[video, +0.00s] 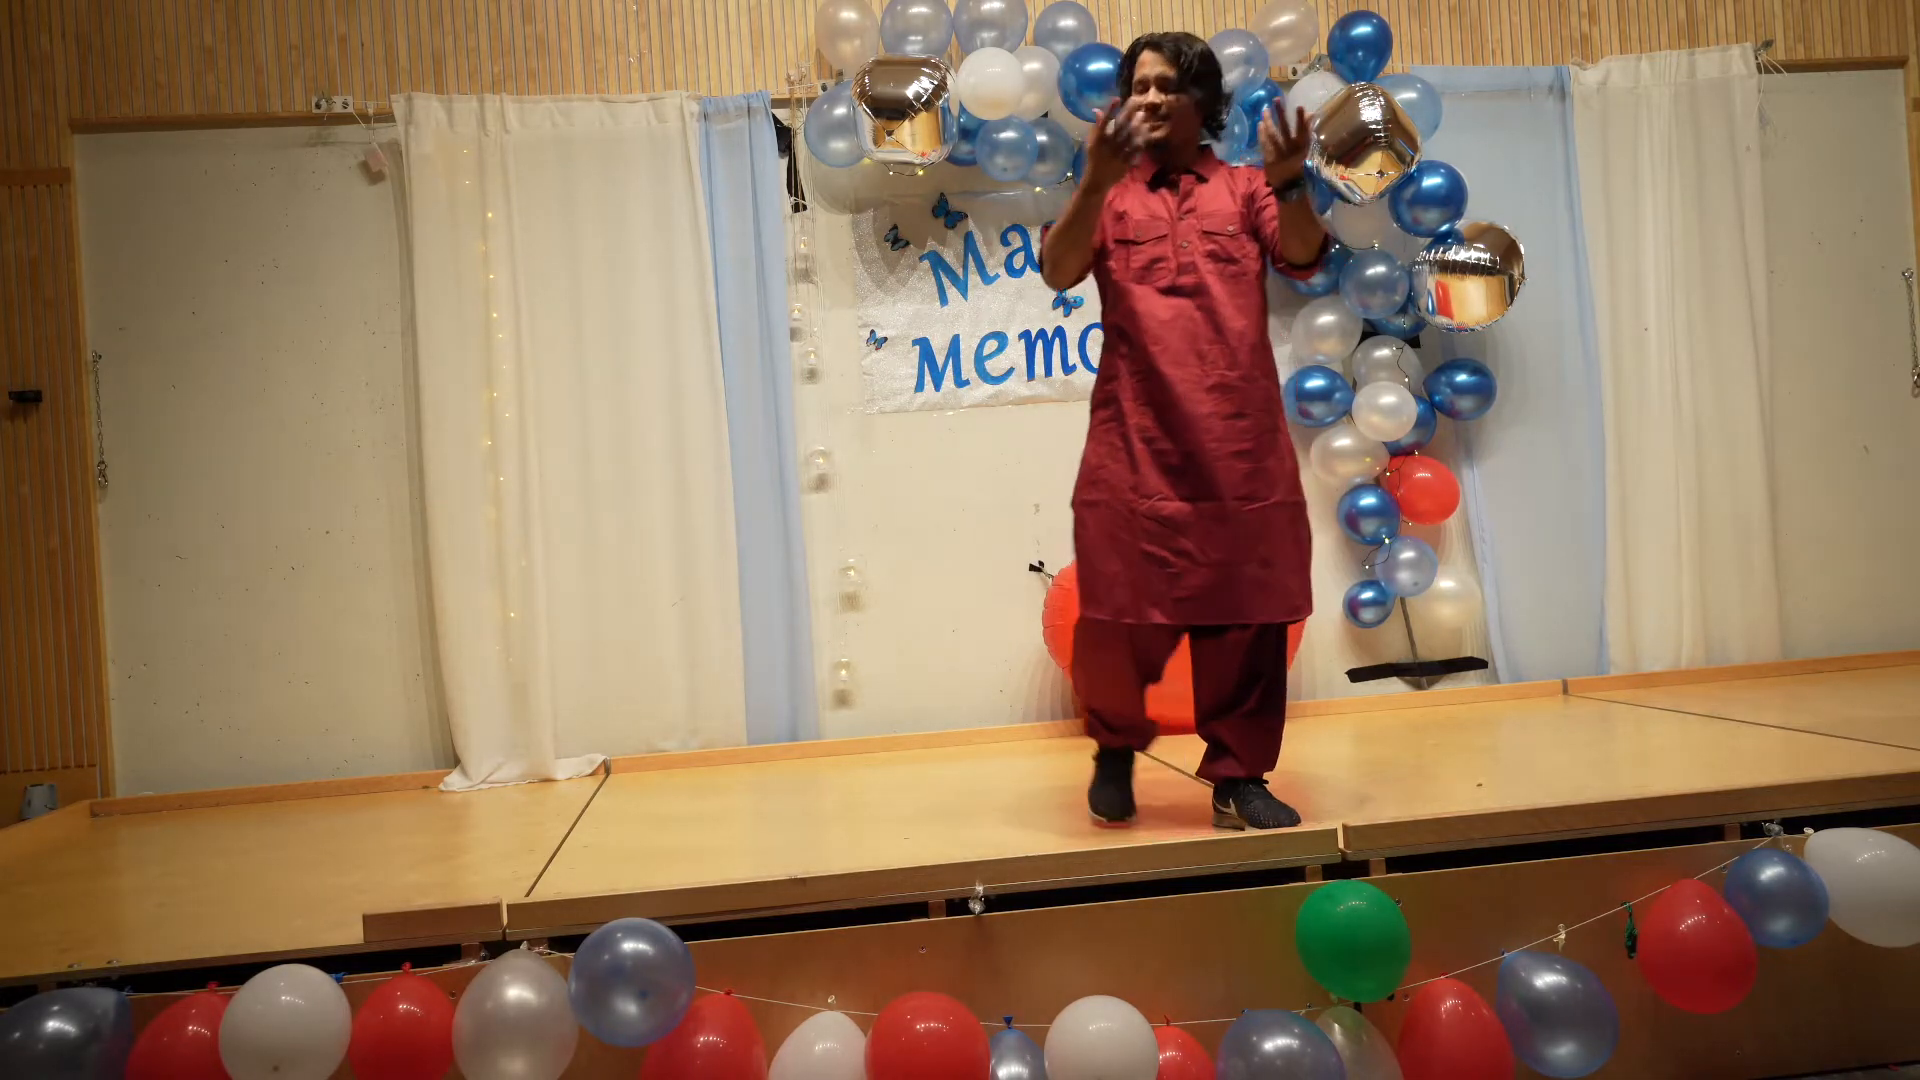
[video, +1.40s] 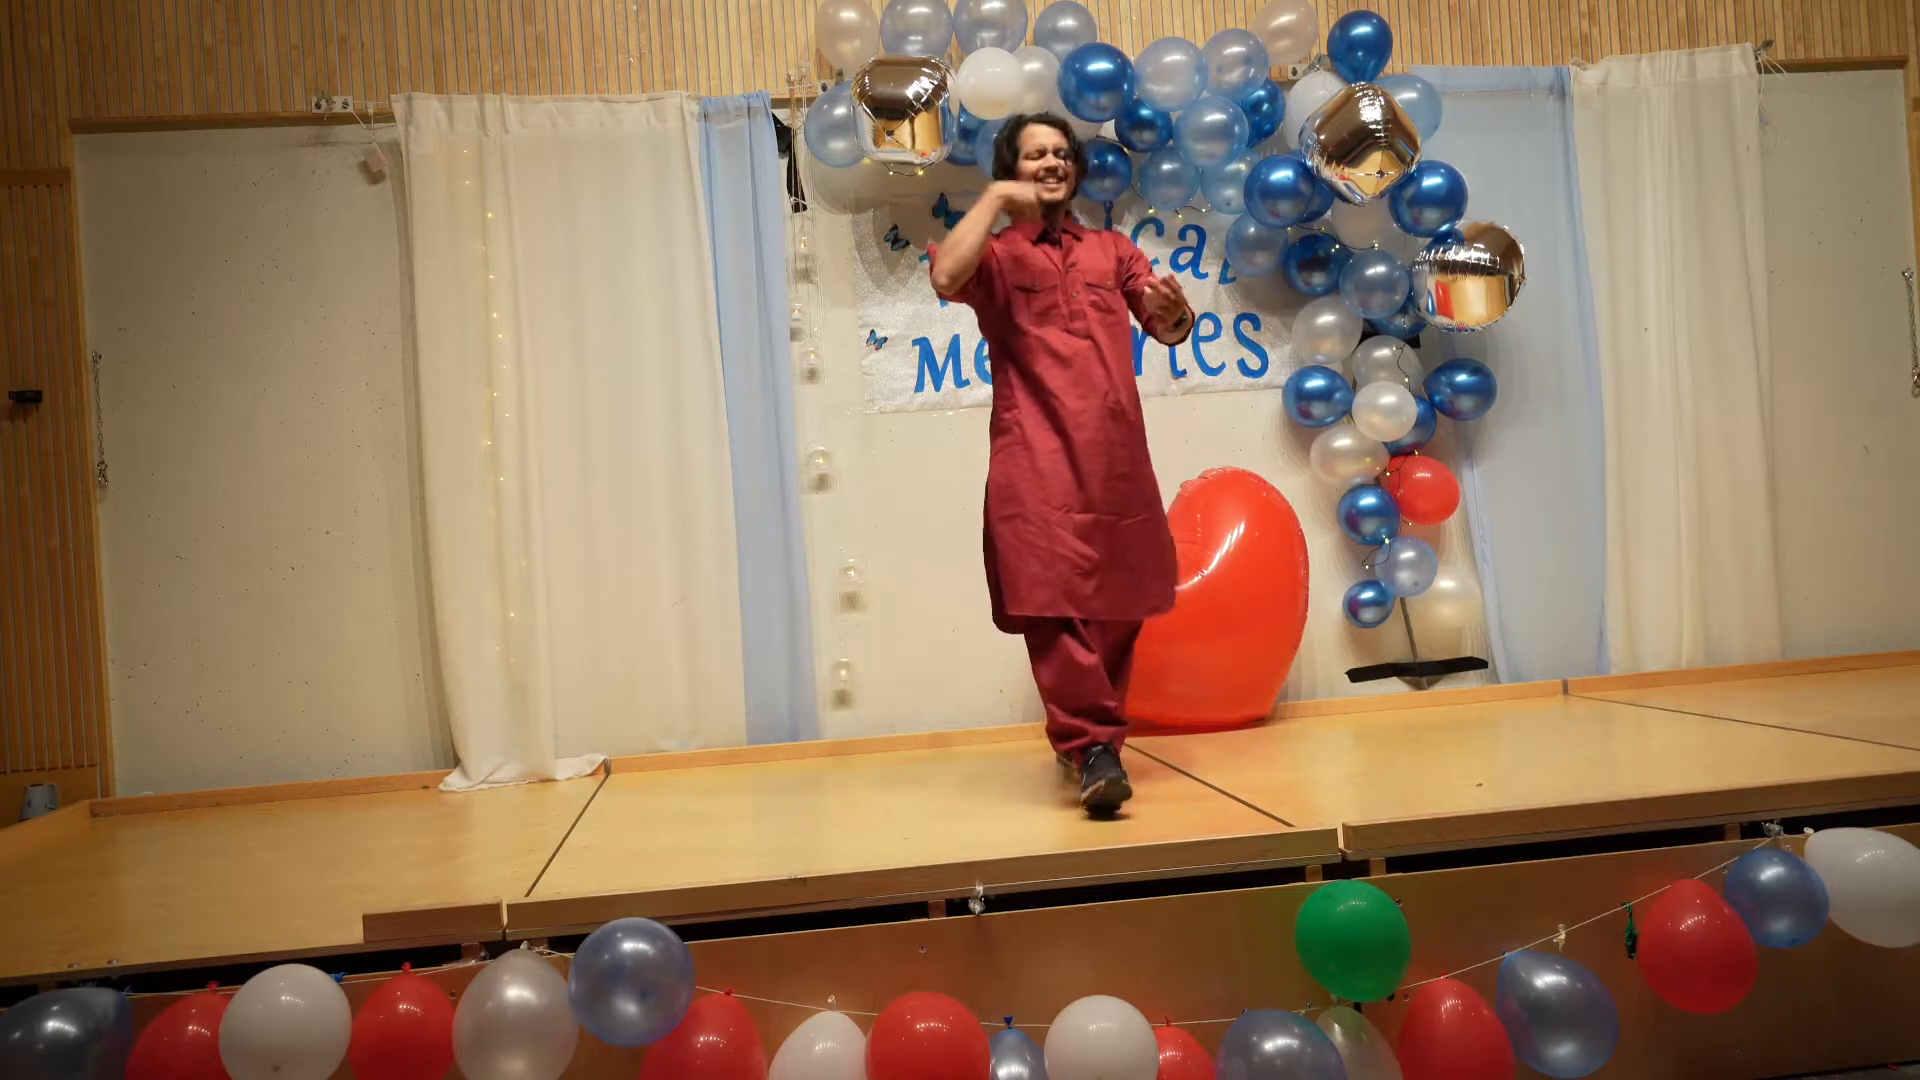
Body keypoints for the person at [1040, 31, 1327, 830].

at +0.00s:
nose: (1148, 98)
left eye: (1166, 86)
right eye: (1138, 87)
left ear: (1204, 103)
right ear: (1123, 105)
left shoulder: (1244, 184)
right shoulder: (1108, 192)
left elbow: (1304, 257)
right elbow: (1058, 270)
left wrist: (1290, 189)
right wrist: (1096, 178)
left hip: (1239, 434)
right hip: (1137, 435)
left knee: (1248, 610)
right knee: (1119, 607)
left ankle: (1240, 778)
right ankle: (1115, 749)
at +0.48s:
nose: (1089, 130)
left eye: (1106, 120)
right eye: (1083, 118)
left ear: (1144, 135)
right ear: (1071, 129)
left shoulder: (1176, 218)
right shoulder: (1042, 217)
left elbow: (1220, 309)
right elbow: (980, 269)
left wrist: (1199, 261)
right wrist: (1002, 179)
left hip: (1157, 446)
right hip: (1059, 450)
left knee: (1195, 605)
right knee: (1063, 612)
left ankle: (1234, 773)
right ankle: (1098, 768)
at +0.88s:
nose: (1044, 140)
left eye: (1060, 128)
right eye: (1034, 129)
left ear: (1096, 139)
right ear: (1024, 141)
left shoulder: (1141, 221)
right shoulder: (1006, 225)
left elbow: (1179, 306)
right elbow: (936, 248)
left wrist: (1143, 318)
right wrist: (947, 153)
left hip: (1128, 451)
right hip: (1036, 452)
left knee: (1148, 606)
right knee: (1052, 613)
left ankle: (1135, 732)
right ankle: (1093, 758)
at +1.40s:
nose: (1051, 164)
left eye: (1061, 154)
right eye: (1036, 155)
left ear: (1077, 169)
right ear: (1008, 173)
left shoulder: (1110, 247)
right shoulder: (991, 249)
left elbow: (1166, 324)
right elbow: (946, 275)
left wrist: (1173, 310)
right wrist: (994, 196)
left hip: (1113, 447)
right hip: (1035, 450)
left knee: (1117, 597)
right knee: (1055, 601)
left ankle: (1094, 737)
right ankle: (1094, 749)